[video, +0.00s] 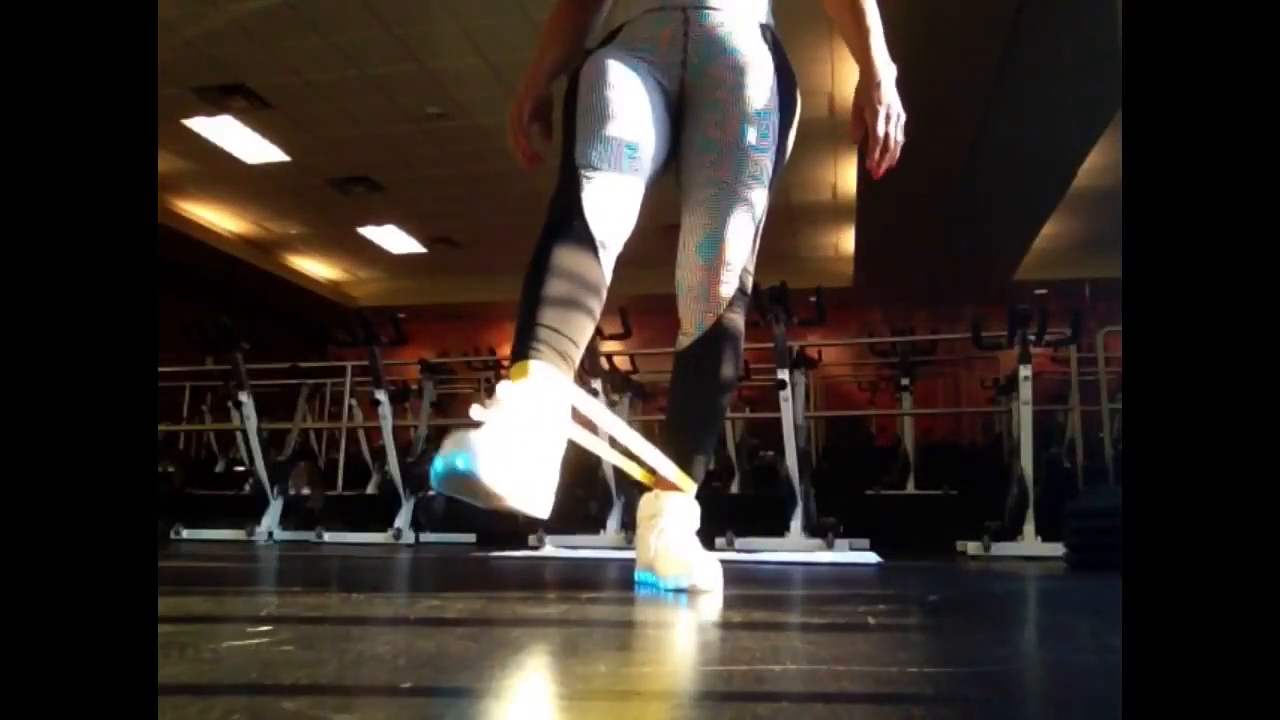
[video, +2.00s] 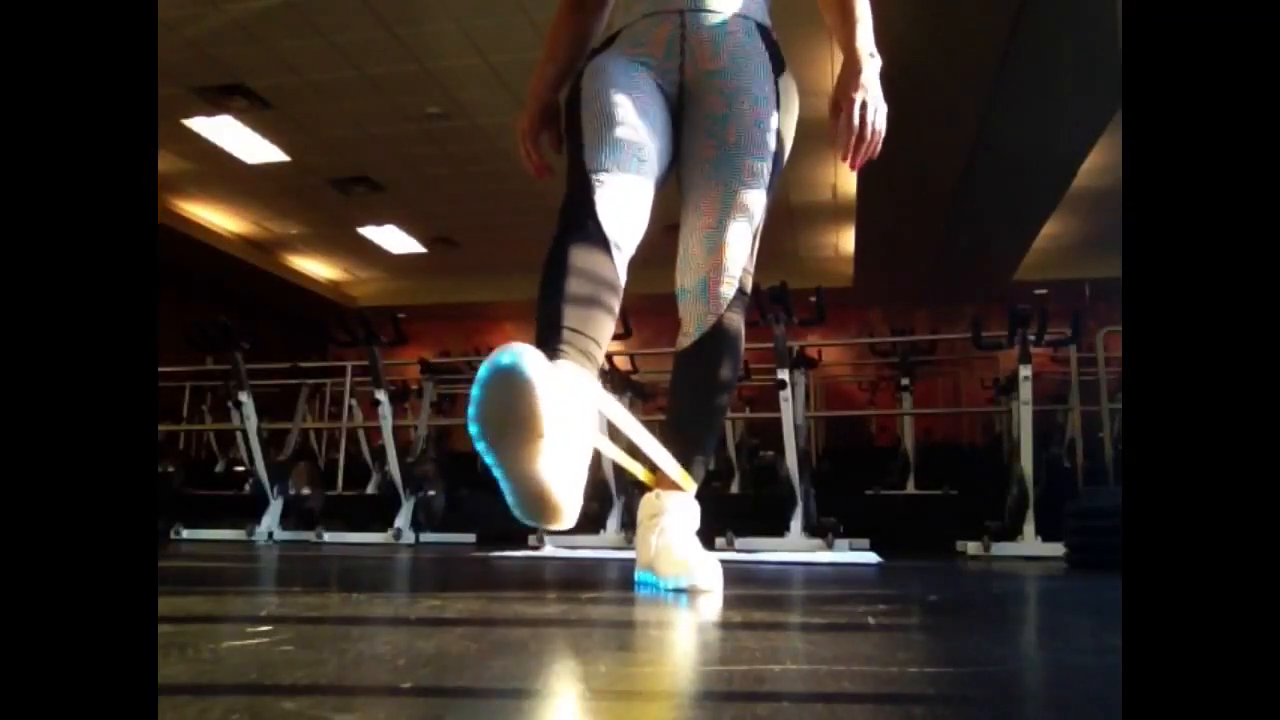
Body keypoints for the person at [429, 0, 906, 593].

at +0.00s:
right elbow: (581, 2)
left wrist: (877, 69)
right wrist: (538, 74)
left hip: (741, 29)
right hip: (628, 28)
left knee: (715, 279)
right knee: (591, 197)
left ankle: (672, 518)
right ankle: (528, 430)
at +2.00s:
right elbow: (586, 3)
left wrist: (860, 60)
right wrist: (544, 90)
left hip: (739, 24)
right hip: (628, 30)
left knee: (717, 276)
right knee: (604, 196)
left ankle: (671, 513)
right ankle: (561, 427)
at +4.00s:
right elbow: (589, 6)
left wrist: (864, 41)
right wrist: (555, 97)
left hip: (744, 30)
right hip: (630, 29)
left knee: (722, 279)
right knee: (612, 208)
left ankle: (673, 516)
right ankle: (577, 419)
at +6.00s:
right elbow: (596, 4)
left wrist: (857, 69)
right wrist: (548, 86)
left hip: (747, 28)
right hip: (634, 26)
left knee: (721, 272)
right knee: (599, 214)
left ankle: (674, 516)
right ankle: (543, 452)